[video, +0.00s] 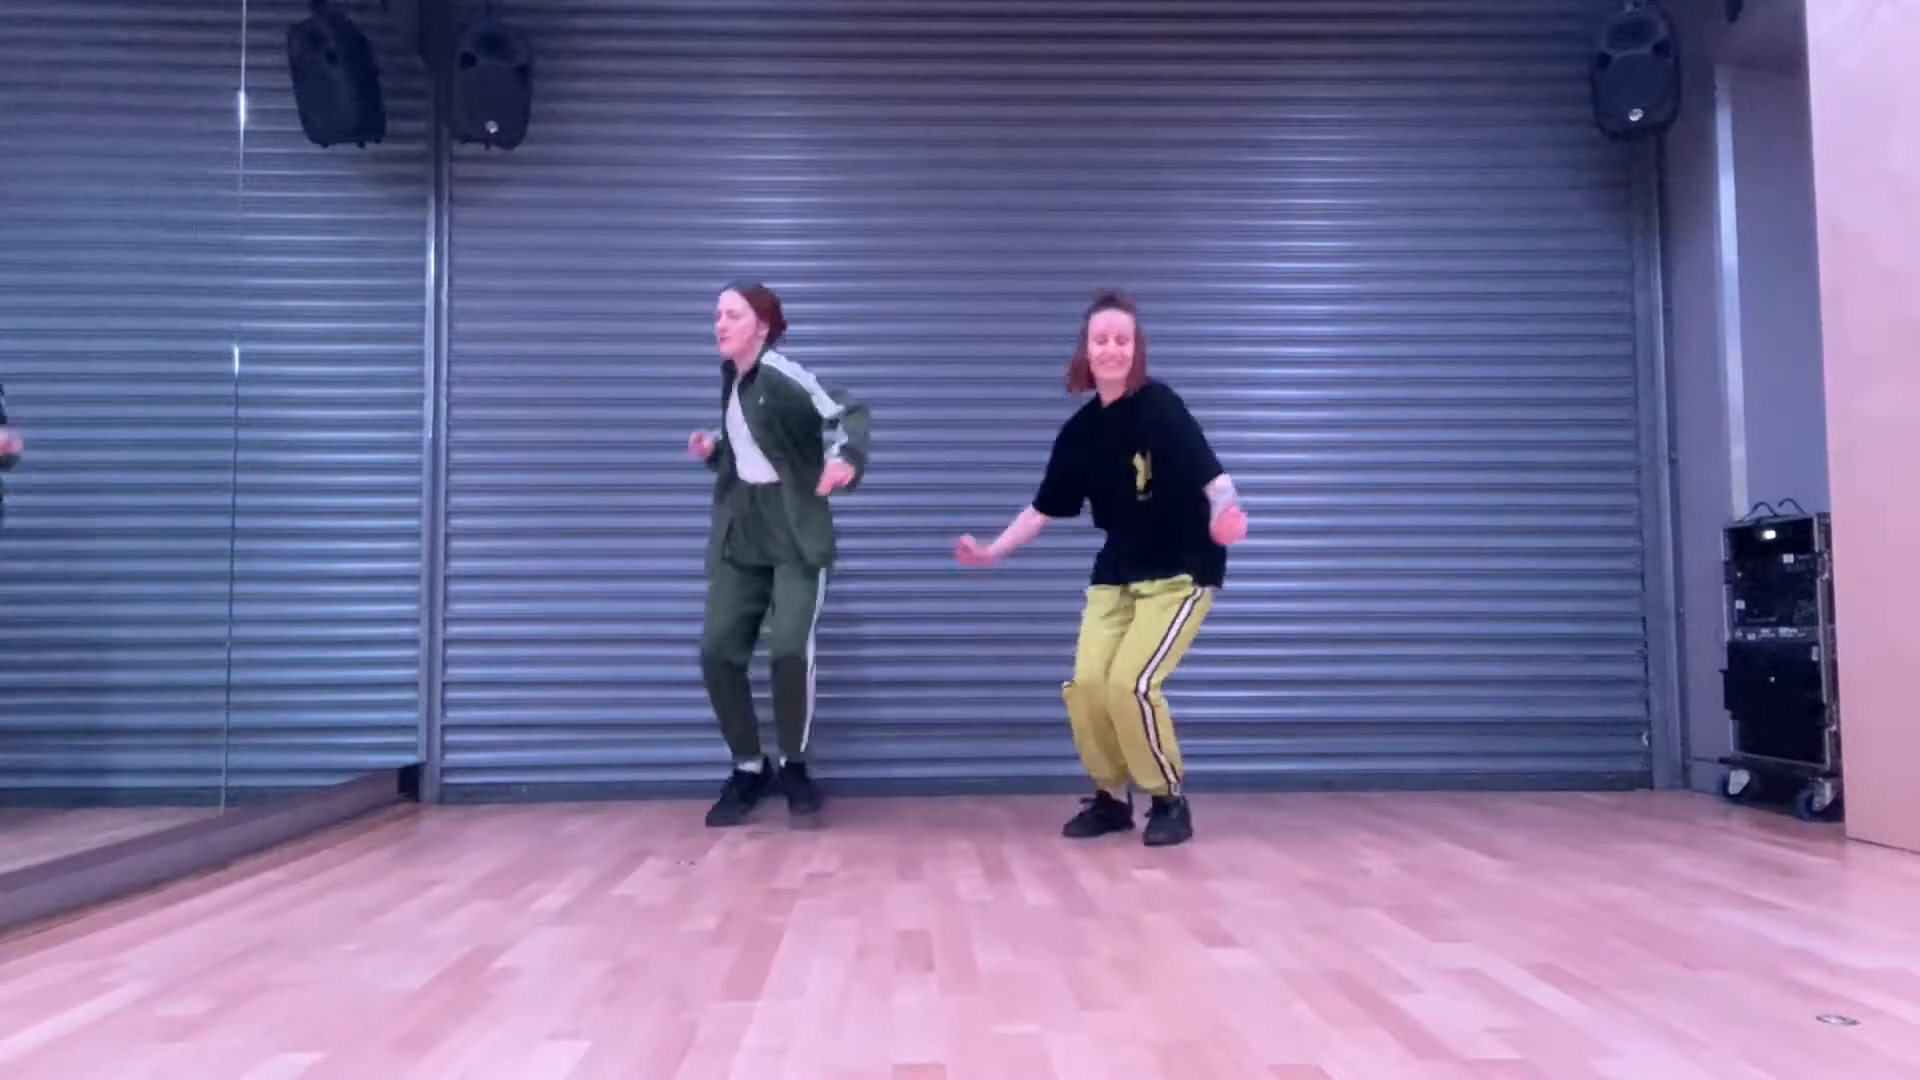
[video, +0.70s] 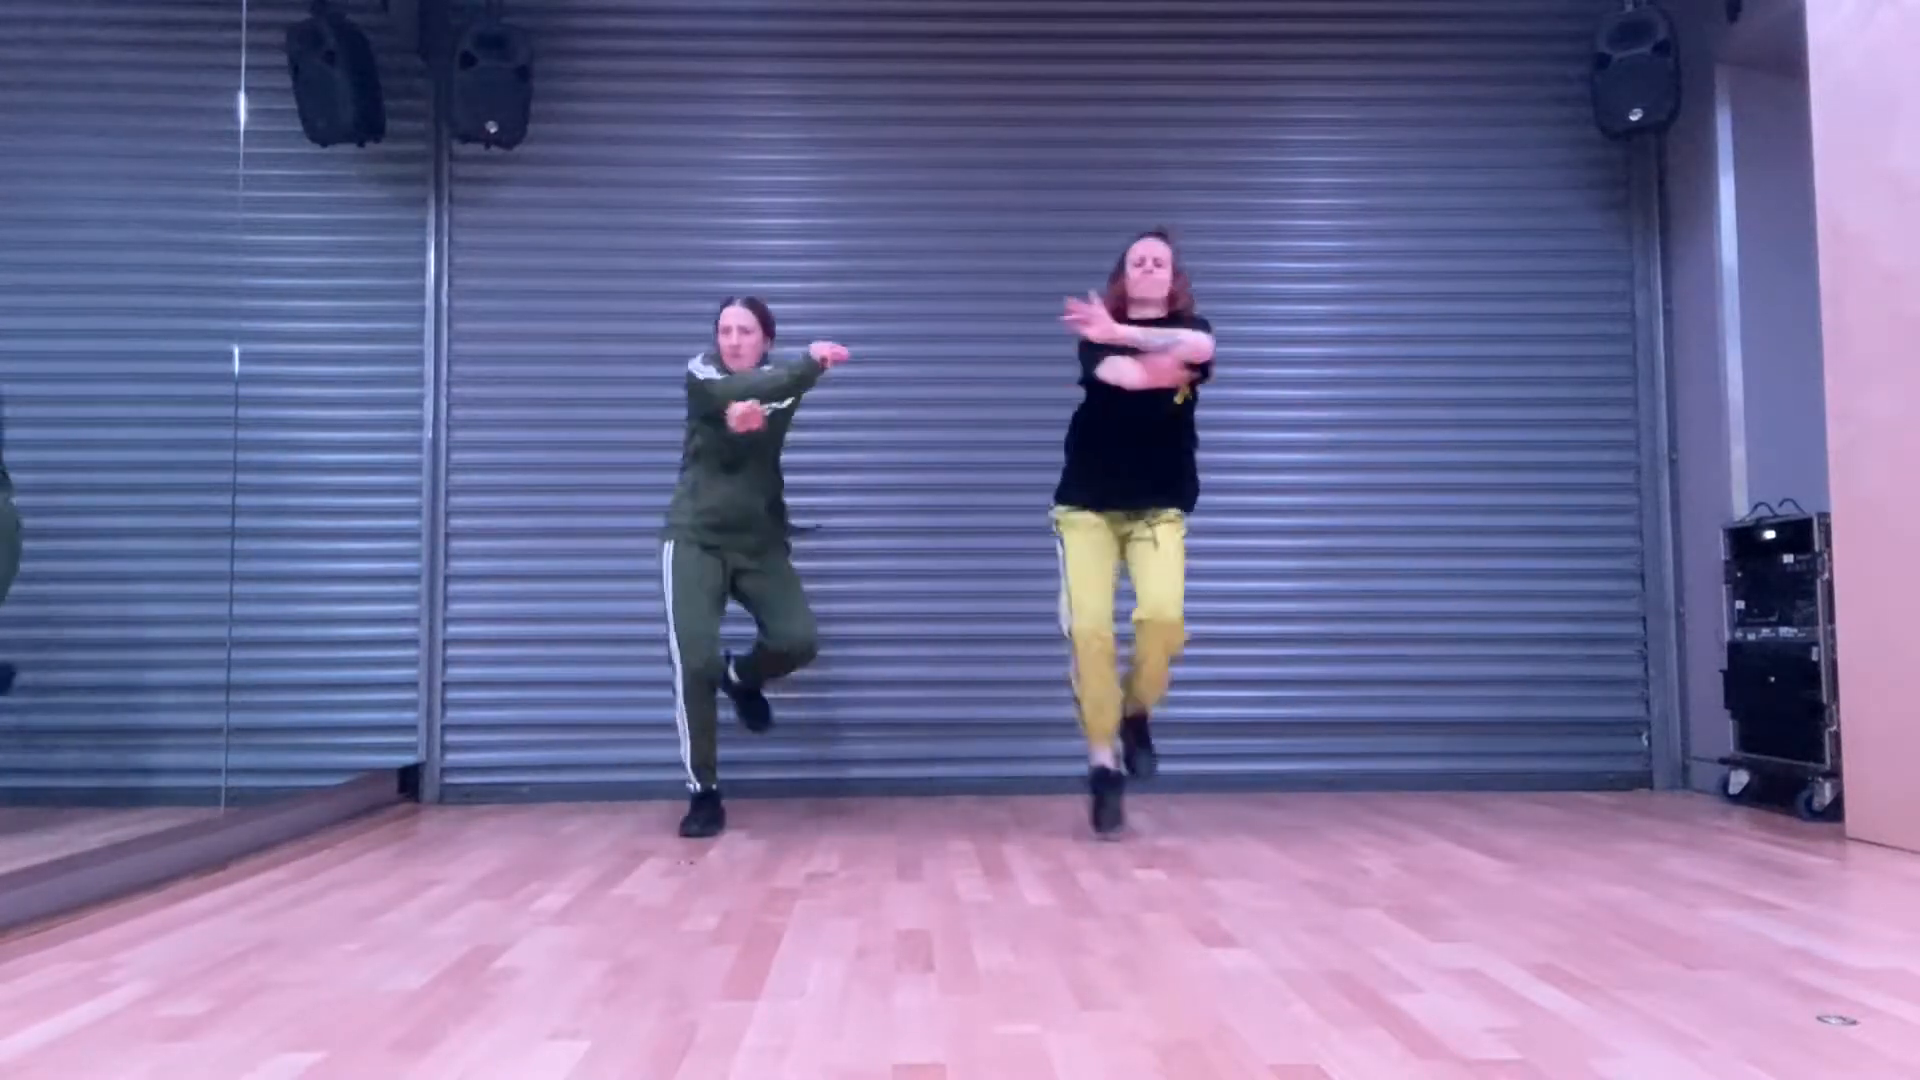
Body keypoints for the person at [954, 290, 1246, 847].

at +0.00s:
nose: (1111, 350)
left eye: (1122, 340)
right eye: (1101, 339)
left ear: (1137, 348)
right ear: (1085, 350)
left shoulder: (1161, 408)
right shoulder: (1079, 430)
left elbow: (1215, 484)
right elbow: (1043, 509)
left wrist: (1224, 519)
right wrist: (992, 552)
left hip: (1181, 573)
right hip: (1116, 575)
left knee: (1128, 683)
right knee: (1086, 684)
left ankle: (1168, 802)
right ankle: (1111, 801)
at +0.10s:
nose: (1113, 315)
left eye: (1125, 305)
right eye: (1103, 303)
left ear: (1140, 315)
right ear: (1085, 311)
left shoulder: (1159, 376)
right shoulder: (1067, 381)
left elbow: (1232, 428)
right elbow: (1055, 455)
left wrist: (1307, 460)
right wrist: (1047, 465)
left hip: (1189, 543)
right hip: (1123, 549)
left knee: (1161, 659)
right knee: (1108, 649)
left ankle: (1170, 792)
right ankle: (1127, 771)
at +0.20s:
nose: (1123, 308)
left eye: (1134, 299)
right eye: (1113, 297)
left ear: (1150, 308)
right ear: (1097, 305)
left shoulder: (1173, 375)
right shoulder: (1072, 365)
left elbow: (1262, 400)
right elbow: (1047, 433)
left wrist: (1352, 407)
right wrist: (1075, 431)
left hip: (1186, 532)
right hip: (1120, 533)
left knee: (1177, 657)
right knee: (1113, 607)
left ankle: (1176, 793)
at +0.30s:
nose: (1138, 291)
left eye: (1148, 281)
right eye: (1128, 281)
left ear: (1165, 293)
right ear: (1111, 291)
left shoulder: (1194, 361)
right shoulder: (1086, 354)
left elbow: (1280, 391)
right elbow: (1043, 410)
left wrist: (1360, 400)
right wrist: (1035, 427)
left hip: (1181, 530)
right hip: (1112, 523)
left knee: (1166, 658)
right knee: (1082, 581)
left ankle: (1174, 791)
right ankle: (1136, 636)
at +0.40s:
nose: (1154, 295)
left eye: (1164, 284)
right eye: (1143, 285)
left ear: (1181, 293)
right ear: (1127, 298)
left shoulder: (1218, 359)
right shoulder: (1108, 363)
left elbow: (1268, 397)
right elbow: (1027, 412)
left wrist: (1288, 405)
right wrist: (945, 444)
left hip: (1178, 536)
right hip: (1107, 523)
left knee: (1148, 663)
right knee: (1033, 597)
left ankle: (1169, 796)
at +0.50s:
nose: (1161, 284)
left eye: (1171, 280)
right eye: (1150, 280)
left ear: (1188, 303)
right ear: (1133, 305)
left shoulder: (1226, 368)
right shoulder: (1108, 375)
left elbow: (1305, 376)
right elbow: (1019, 400)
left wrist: (1266, 395)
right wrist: (931, 418)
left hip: (1180, 553)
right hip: (1108, 545)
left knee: (1148, 669)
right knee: (1026, 634)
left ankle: (1167, 799)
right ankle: (918, 721)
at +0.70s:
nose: (1146, 271)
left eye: (1157, 264)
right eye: (1137, 263)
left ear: (1176, 279)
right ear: (1120, 279)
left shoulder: (1192, 333)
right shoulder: (1096, 335)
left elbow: (1200, 349)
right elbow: (1127, 374)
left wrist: (1115, 331)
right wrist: (1184, 364)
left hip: (1159, 507)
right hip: (1087, 505)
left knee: (1163, 616)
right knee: (1090, 631)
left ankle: (1137, 713)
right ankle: (1103, 767)